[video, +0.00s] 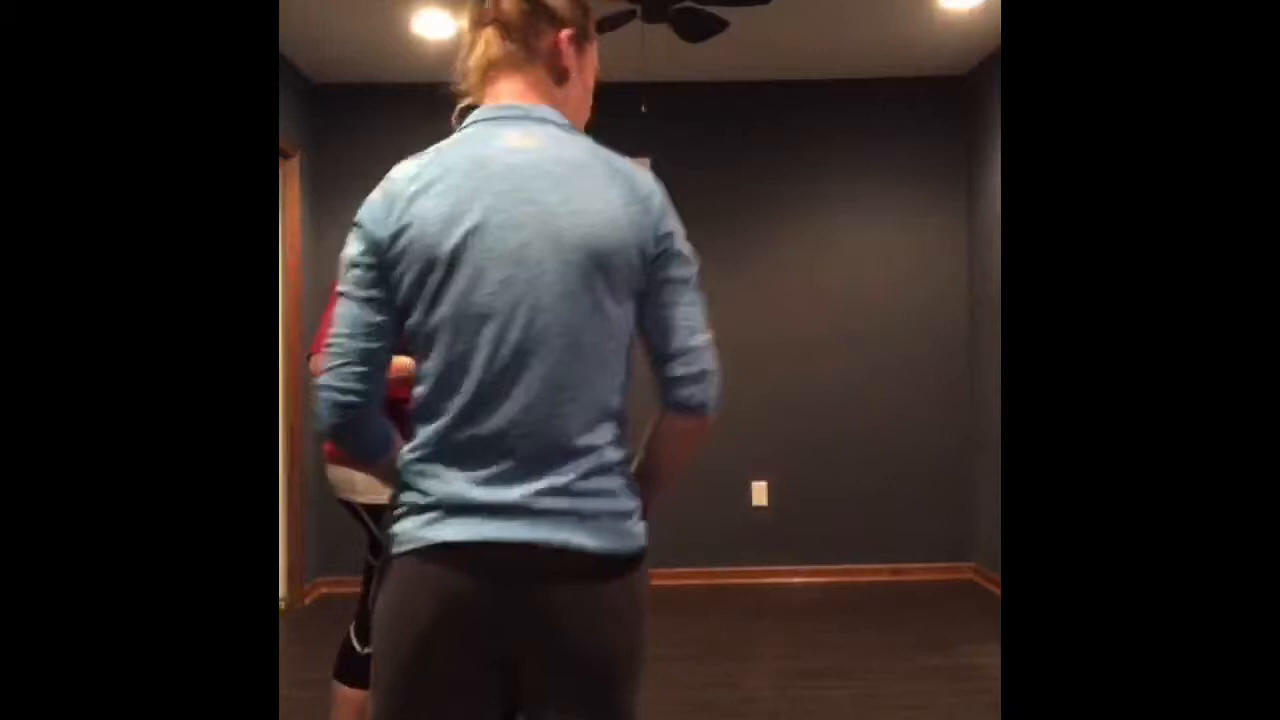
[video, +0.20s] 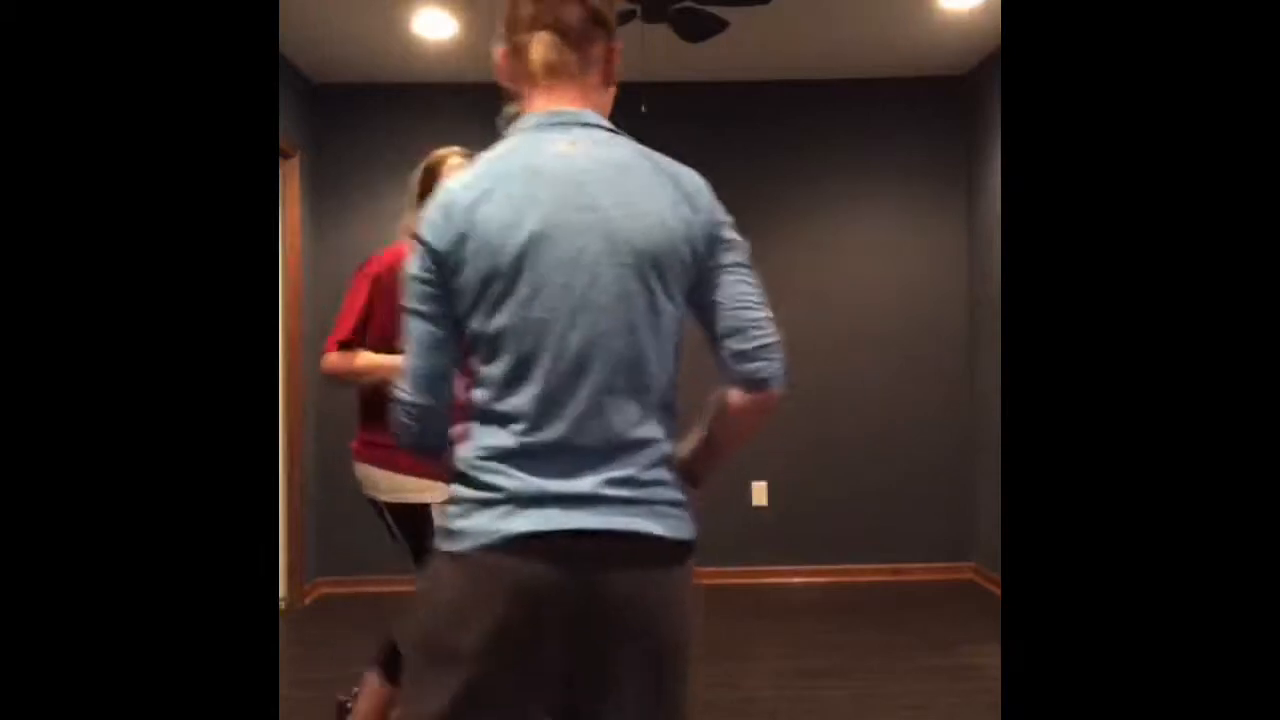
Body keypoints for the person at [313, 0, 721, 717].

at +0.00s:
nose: (595, 79)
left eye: (595, 57)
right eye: (594, 54)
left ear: (481, 60)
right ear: (565, 48)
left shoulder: (401, 191)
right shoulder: (633, 190)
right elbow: (693, 394)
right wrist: (632, 505)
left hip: (436, 571)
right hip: (592, 575)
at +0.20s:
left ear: (504, 69)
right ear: (611, 62)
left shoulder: (458, 203)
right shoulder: (683, 192)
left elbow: (418, 422)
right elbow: (758, 378)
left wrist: (491, 462)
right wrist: (690, 468)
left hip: (494, 550)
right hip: (645, 549)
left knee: (439, 702)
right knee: (639, 708)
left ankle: (375, 697)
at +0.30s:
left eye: (532, 66)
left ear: (535, 71)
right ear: (644, 74)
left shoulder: (492, 208)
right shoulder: (713, 196)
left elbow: (464, 425)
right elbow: (790, 377)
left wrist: (448, 387)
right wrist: (737, 462)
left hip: (531, 559)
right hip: (685, 554)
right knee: (689, 708)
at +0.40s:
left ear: (561, 65)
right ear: (669, 69)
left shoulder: (522, 202)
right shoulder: (738, 189)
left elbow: (495, 409)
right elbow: (809, 373)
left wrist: (465, 381)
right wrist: (751, 453)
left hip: (556, 552)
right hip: (707, 552)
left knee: (515, 709)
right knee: (710, 709)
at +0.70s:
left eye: (614, 68)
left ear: (617, 77)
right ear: (717, 80)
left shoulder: (572, 204)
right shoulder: (774, 196)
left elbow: (544, 379)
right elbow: (828, 378)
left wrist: (506, 370)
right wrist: (766, 430)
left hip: (600, 530)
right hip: (730, 533)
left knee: (634, 709)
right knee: (712, 708)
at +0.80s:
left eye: (627, 78)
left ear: (630, 86)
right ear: (727, 90)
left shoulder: (585, 215)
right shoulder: (782, 204)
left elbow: (557, 382)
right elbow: (829, 382)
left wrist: (518, 372)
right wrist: (782, 406)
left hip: (613, 525)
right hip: (740, 527)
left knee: (639, 710)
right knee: (718, 708)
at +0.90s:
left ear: (643, 92)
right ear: (738, 96)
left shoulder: (598, 220)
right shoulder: (791, 212)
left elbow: (569, 391)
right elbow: (825, 390)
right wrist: (753, 408)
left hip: (629, 522)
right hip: (754, 524)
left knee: (645, 707)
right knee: (743, 706)